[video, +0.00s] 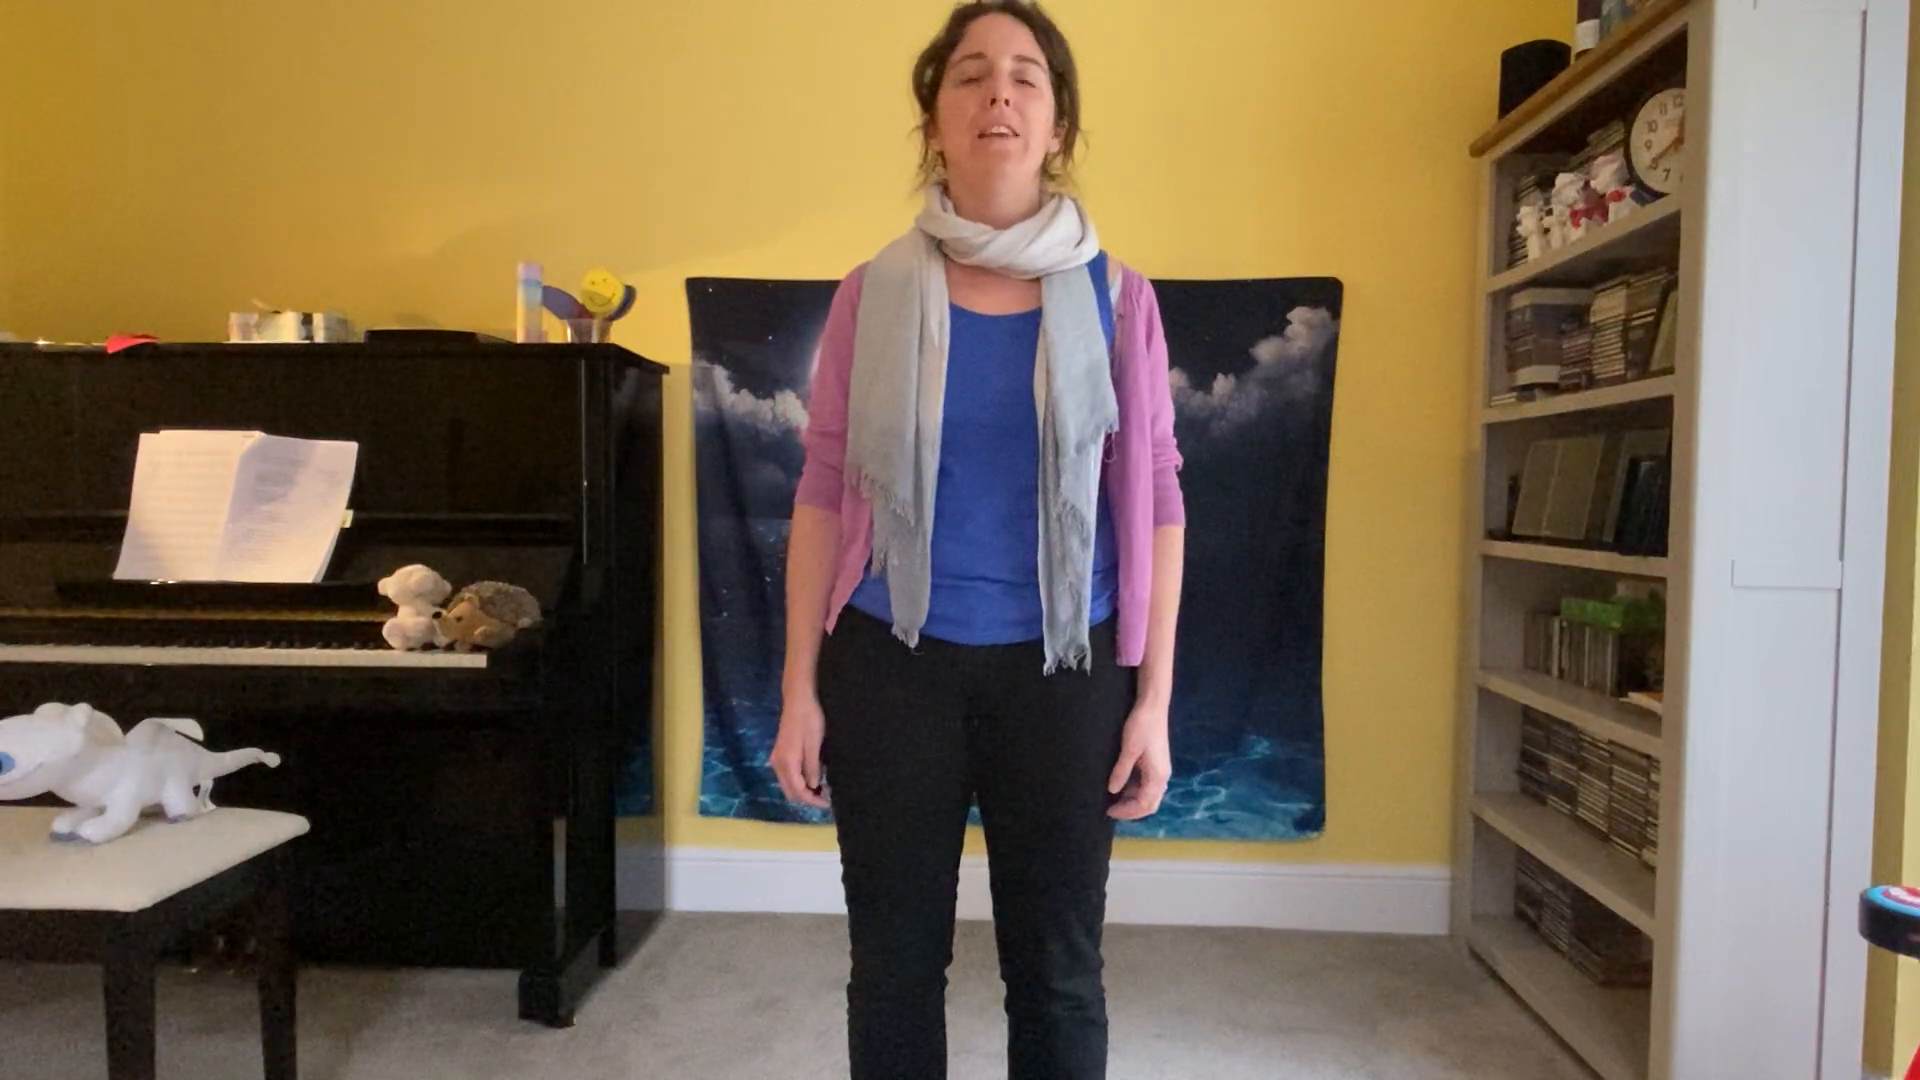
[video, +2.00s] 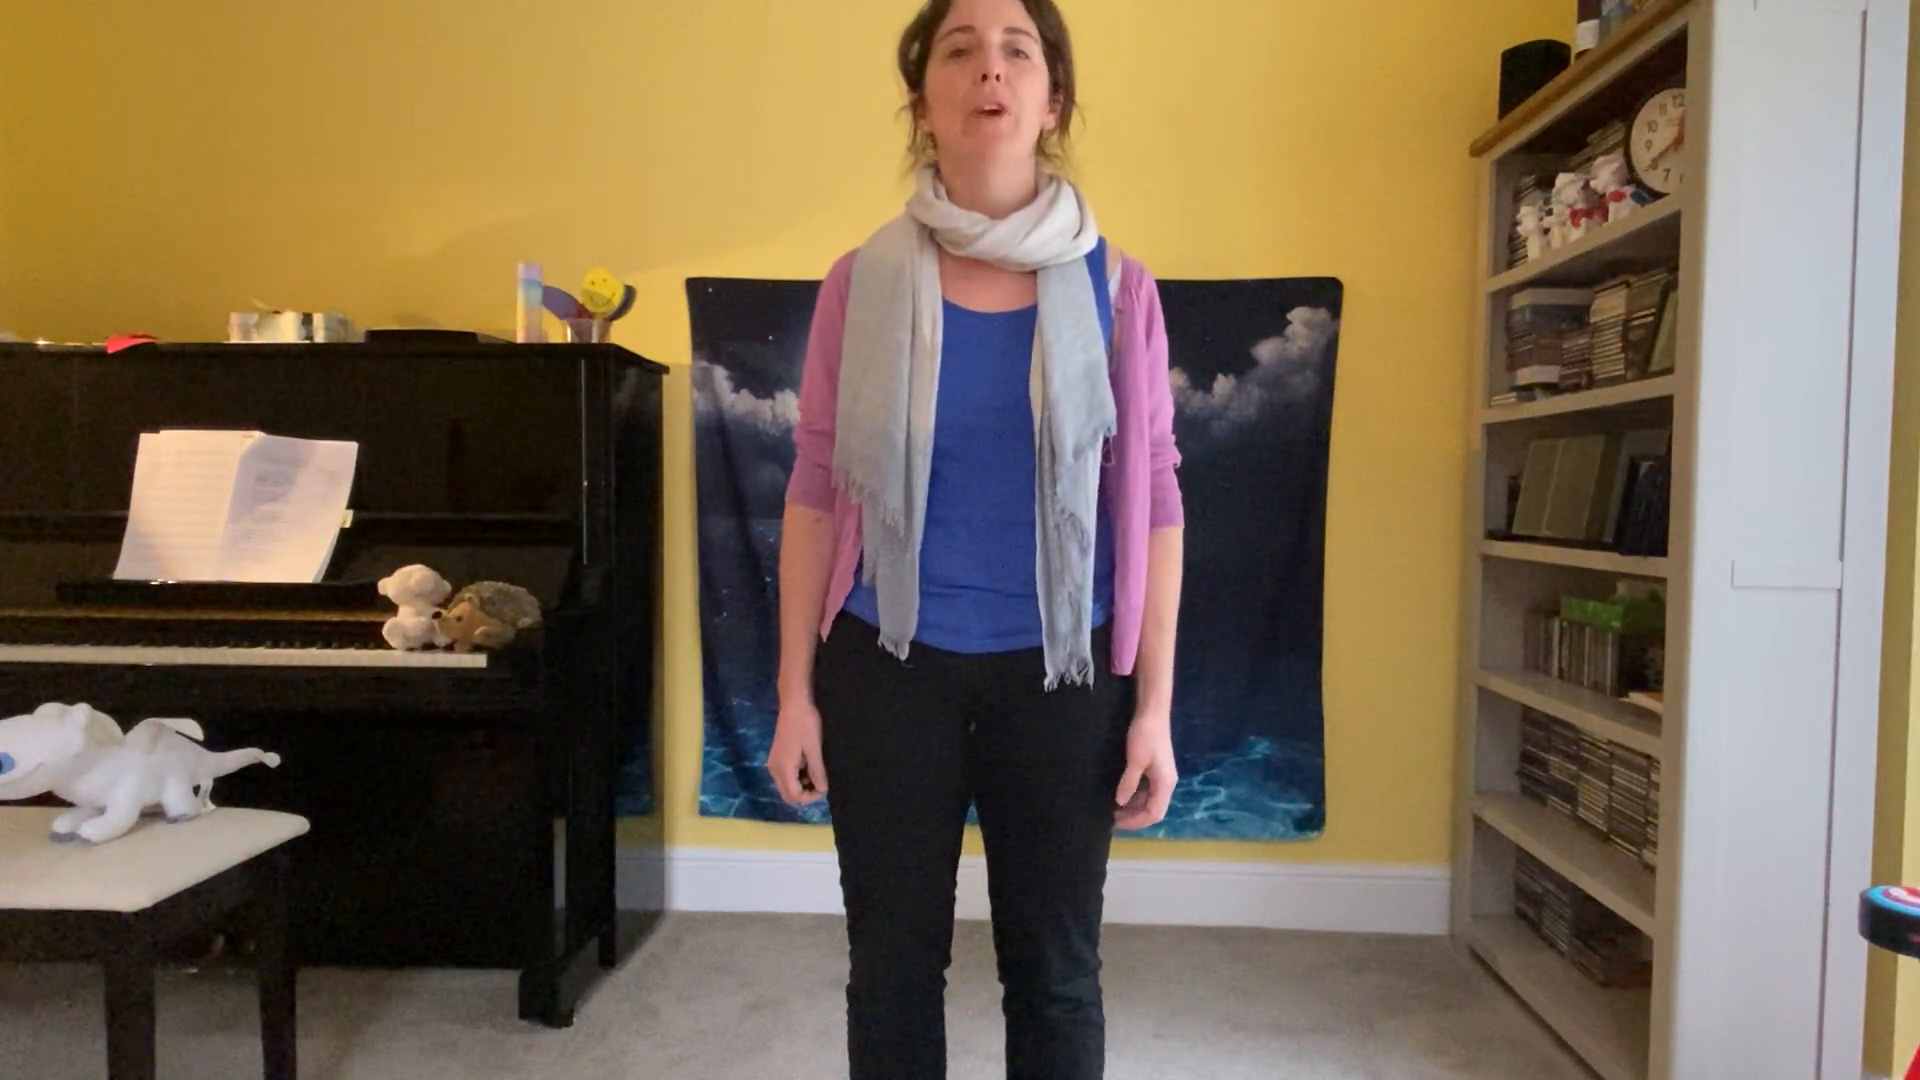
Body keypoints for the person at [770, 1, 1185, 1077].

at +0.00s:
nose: (998, 93)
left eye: (1024, 77)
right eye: (972, 75)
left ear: (1059, 124)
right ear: (933, 122)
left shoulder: (1119, 302)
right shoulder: (871, 295)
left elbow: (1156, 504)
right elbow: (821, 494)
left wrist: (1153, 695)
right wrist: (798, 685)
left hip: (1063, 681)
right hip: (889, 676)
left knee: (1060, 984)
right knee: (893, 981)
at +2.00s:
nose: (988, 66)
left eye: (1016, 48)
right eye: (959, 47)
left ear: (1054, 96)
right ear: (920, 95)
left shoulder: (1118, 291)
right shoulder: (859, 284)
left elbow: (1154, 502)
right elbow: (814, 493)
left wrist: (1153, 700)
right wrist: (793, 689)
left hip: (1061, 682)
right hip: (886, 676)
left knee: (1057, 984)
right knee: (891, 983)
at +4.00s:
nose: (995, 86)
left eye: (1021, 68)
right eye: (967, 67)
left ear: (1058, 110)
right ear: (929, 111)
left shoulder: (1120, 298)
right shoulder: (867, 293)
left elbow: (1155, 503)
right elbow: (820, 496)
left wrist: (1162, 700)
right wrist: (797, 690)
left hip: (1067, 678)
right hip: (889, 672)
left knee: (1058, 981)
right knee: (895, 978)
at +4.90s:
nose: (989, 87)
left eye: (1016, 71)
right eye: (962, 70)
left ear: (1054, 114)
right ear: (926, 117)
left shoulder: (1117, 298)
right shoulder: (864, 292)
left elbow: (1153, 503)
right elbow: (817, 495)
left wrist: (1172, 700)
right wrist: (788, 685)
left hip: (1065, 687)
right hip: (885, 681)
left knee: (1058, 996)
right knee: (891, 993)